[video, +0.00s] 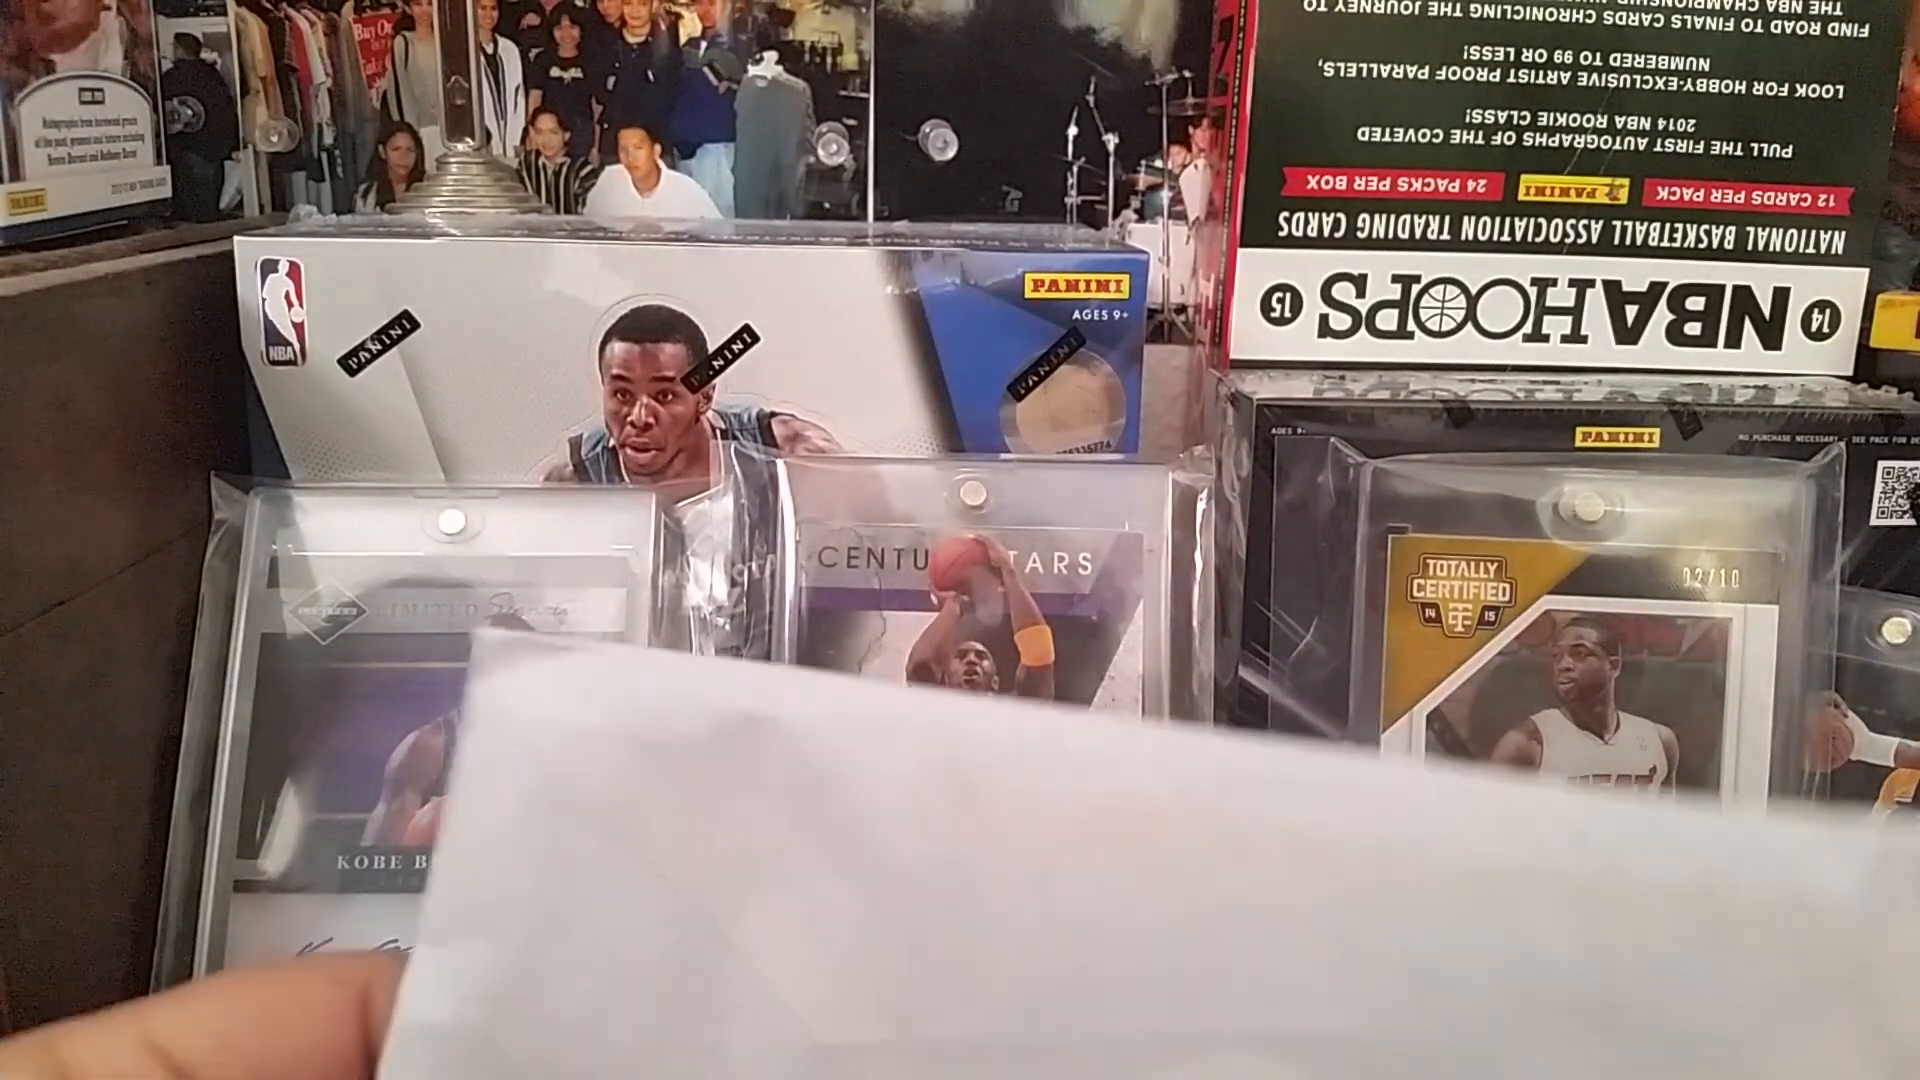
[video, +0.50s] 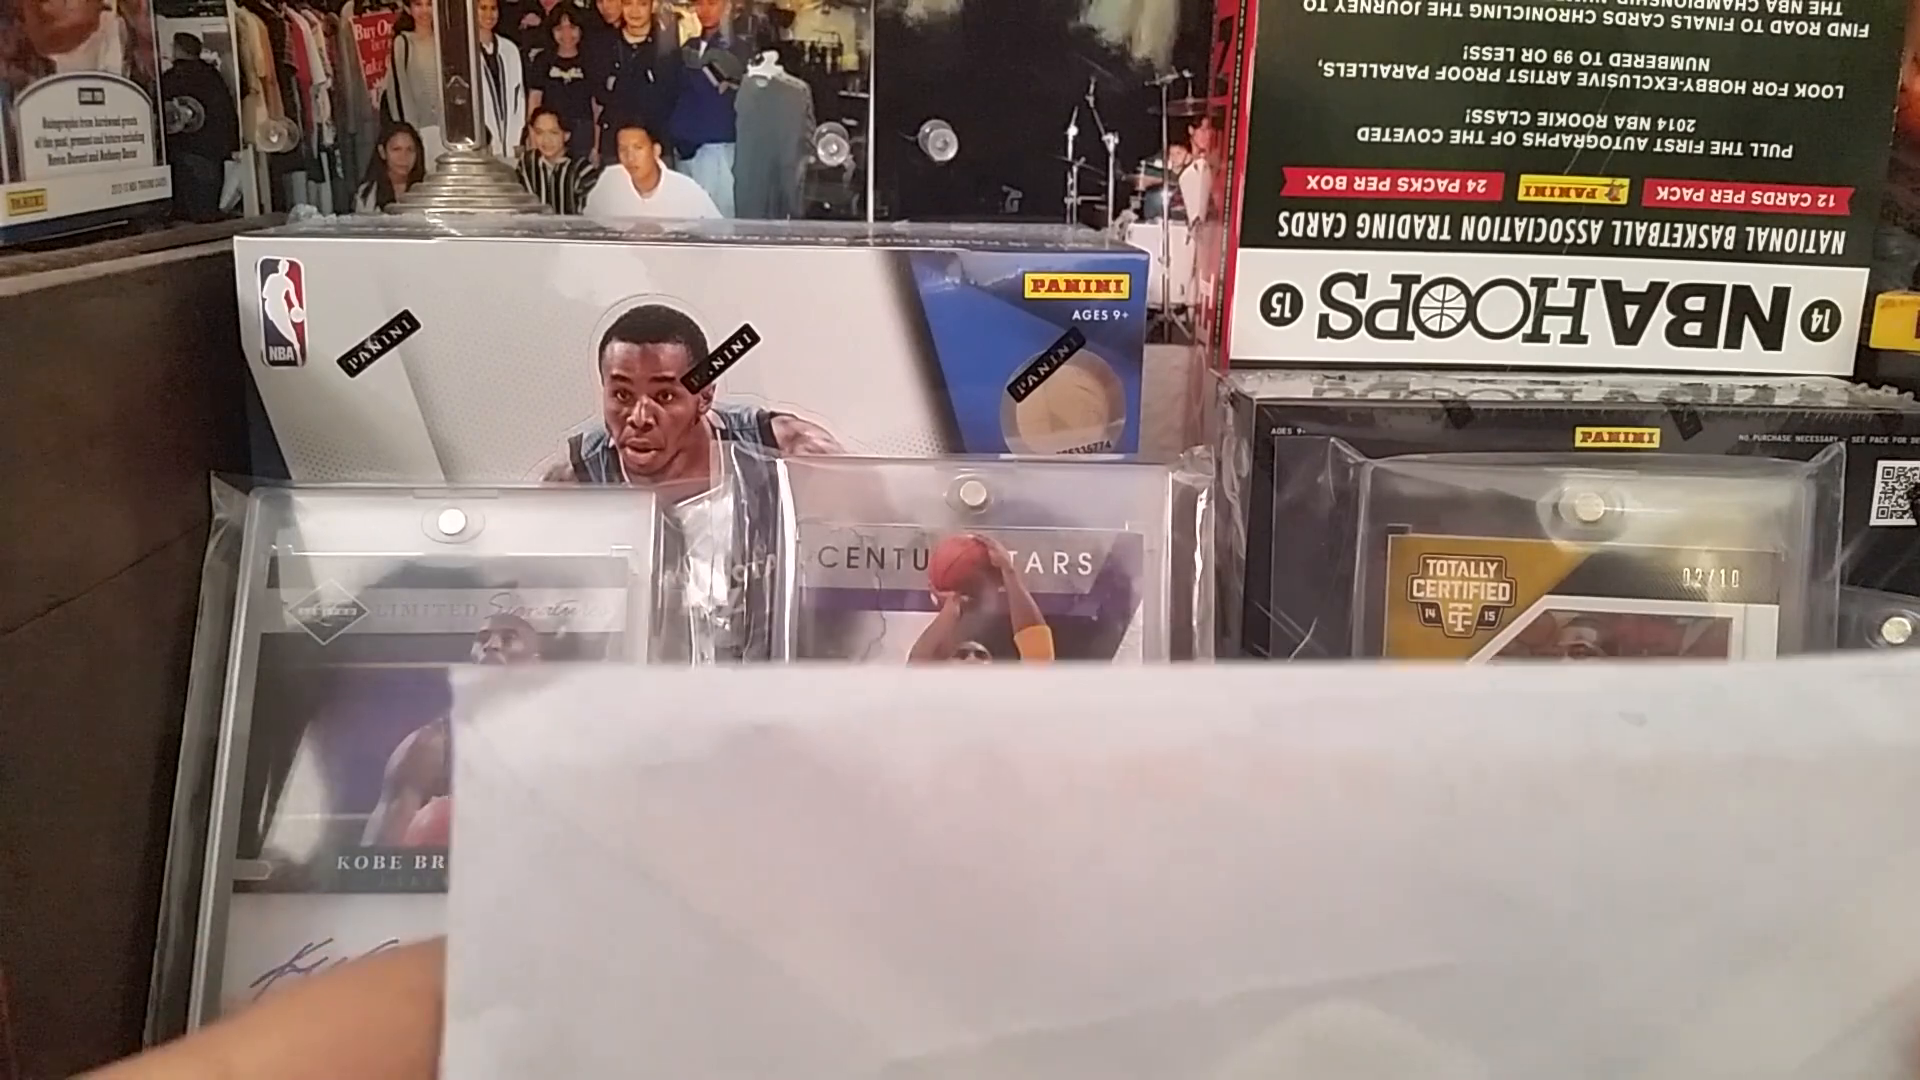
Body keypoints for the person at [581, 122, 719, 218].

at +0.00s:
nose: (630, 157)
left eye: (638, 148)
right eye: (624, 150)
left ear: (656, 151)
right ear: (618, 154)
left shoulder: (685, 188)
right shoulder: (610, 179)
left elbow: (719, 233)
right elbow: (587, 226)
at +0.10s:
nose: (630, 158)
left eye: (638, 149)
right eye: (624, 150)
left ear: (656, 152)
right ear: (618, 154)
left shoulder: (686, 189)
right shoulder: (610, 180)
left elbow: (720, 233)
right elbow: (587, 225)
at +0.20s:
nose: (630, 158)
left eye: (638, 149)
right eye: (624, 150)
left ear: (656, 151)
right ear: (618, 154)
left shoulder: (686, 189)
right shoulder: (610, 179)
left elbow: (720, 233)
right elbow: (587, 225)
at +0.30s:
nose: (630, 157)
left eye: (638, 148)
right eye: (624, 150)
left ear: (656, 151)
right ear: (618, 154)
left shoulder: (686, 189)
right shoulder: (610, 179)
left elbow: (721, 233)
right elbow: (587, 225)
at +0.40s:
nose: (630, 157)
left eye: (638, 148)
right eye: (624, 150)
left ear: (656, 151)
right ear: (618, 154)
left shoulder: (686, 189)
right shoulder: (610, 179)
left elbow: (721, 233)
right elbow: (587, 225)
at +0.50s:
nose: (630, 157)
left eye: (638, 148)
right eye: (624, 150)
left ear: (656, 151)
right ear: (618, 154)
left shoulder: (686, 189)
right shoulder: (610, 179)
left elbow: (720, 232)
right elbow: (587, 225)